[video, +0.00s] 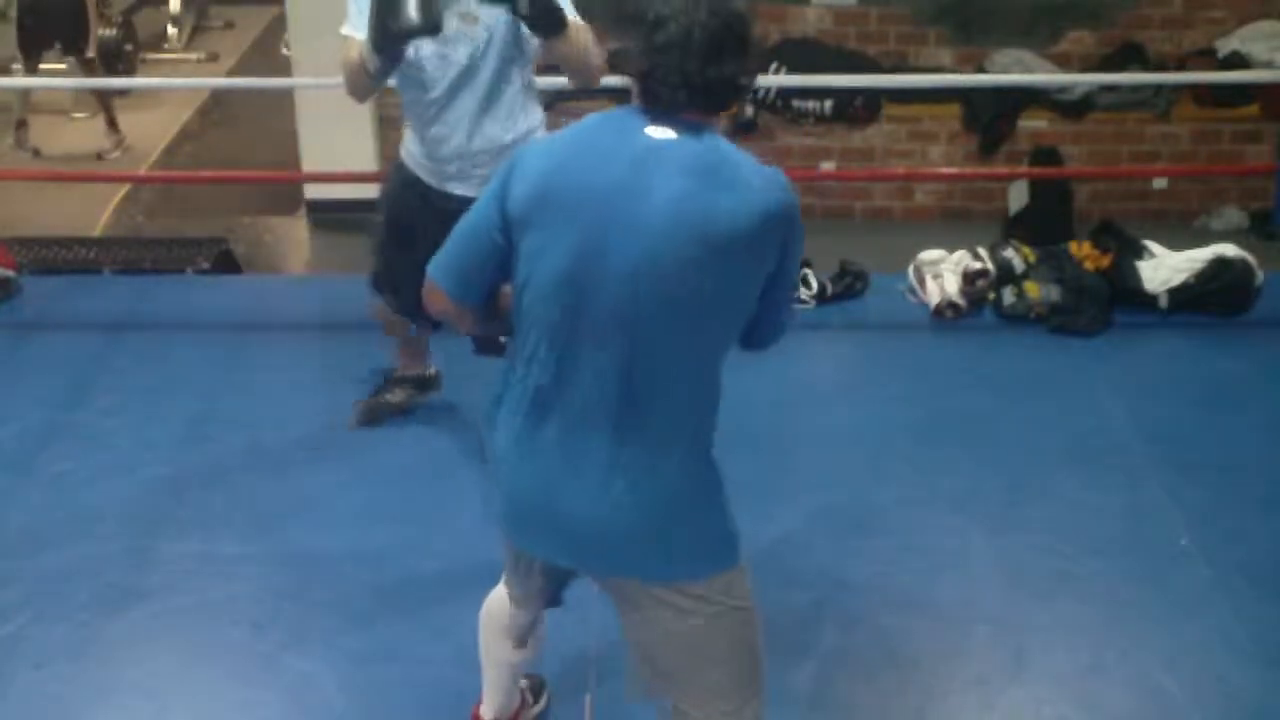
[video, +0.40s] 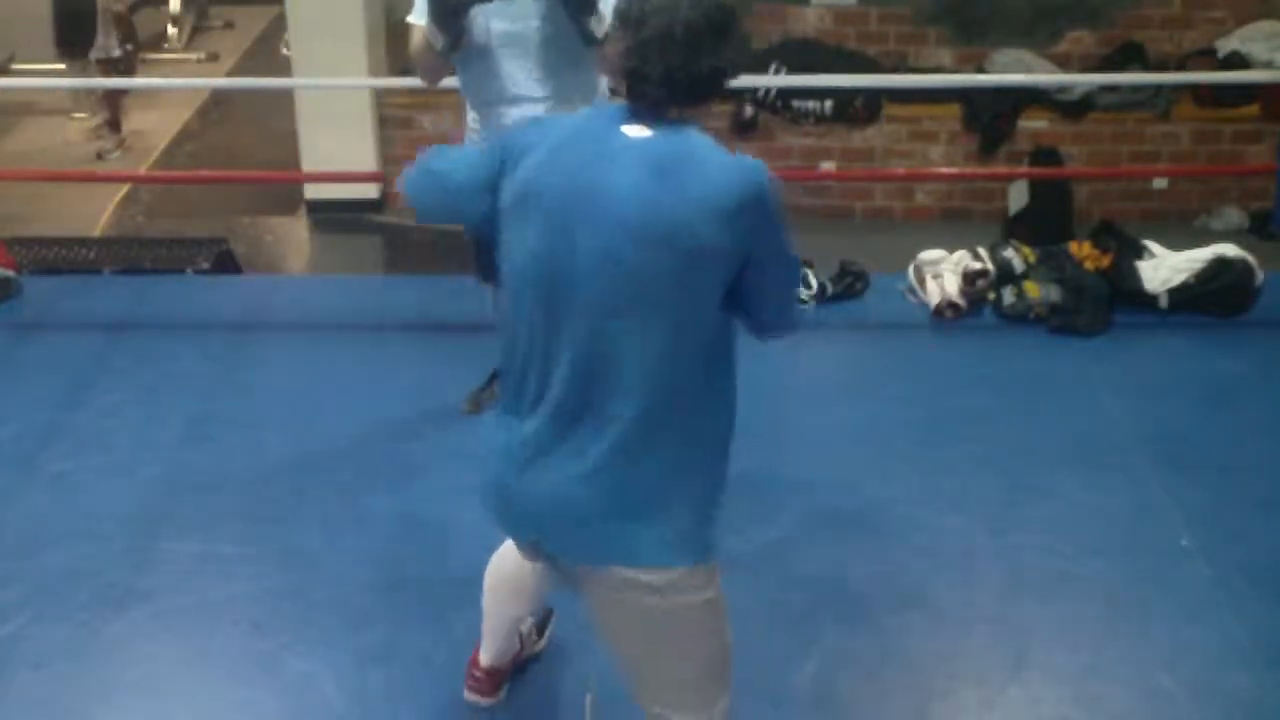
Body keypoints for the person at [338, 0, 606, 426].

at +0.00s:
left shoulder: (523, 0)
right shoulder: (381, 3)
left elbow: (588, 68)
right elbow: (357, 86)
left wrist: (547, 18)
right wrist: (386, 46)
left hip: (513, 164)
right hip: (426, 165)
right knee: (399, 294)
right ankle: (413, 372)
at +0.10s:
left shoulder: (553, 5)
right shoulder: (410, 1)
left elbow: (600, 93)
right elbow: (378, 82)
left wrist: (548, 57)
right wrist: (400, 36)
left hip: (529, 162)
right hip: (446, 158)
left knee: (524, 274)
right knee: (436, 279)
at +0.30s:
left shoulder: (576, 4)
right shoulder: (424, 1)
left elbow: (606, 85)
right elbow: (404, 80)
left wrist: (565, 41)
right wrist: (425, 27)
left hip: (561, 161)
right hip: (477, 161)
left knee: (565, 273)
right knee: (490, 280)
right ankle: (513, 369)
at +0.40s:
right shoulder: (448, 6)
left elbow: (614, 63)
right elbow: (428, 72)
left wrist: (590, 17)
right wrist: (447, 24)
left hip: (579, 143)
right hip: (495, 149)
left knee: (581, 260)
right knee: (503, 270)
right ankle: (510, 371)